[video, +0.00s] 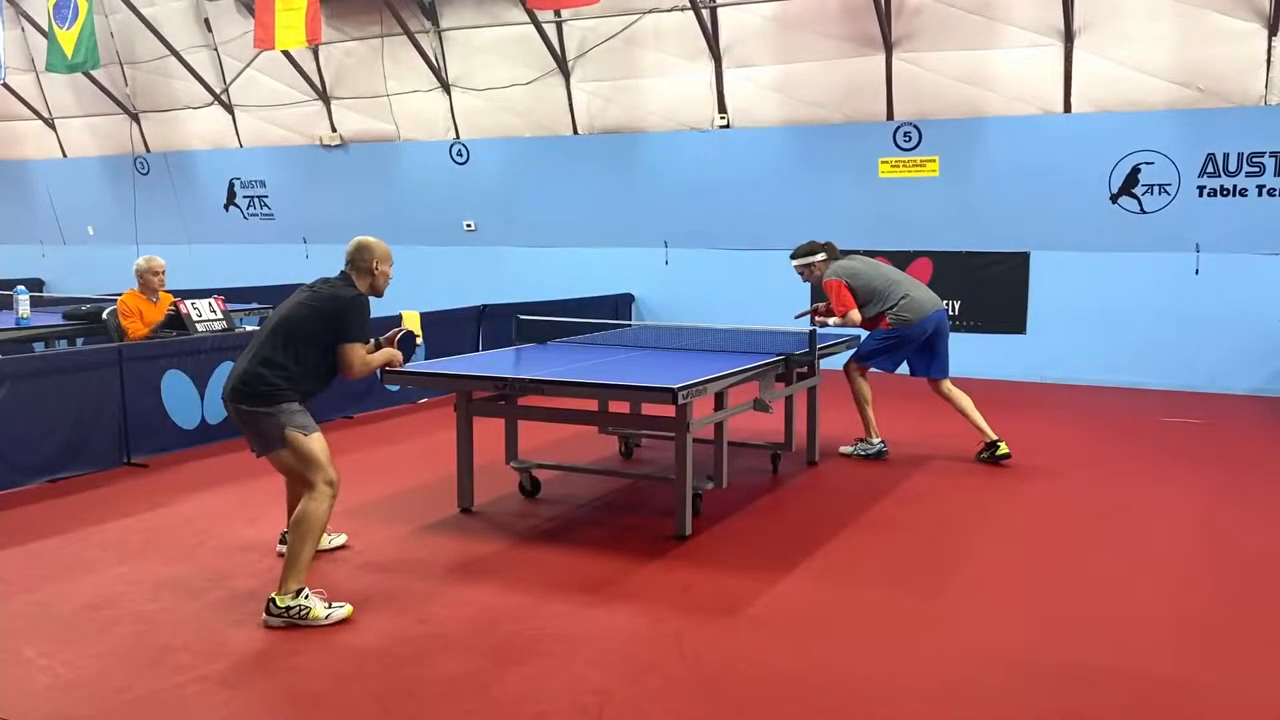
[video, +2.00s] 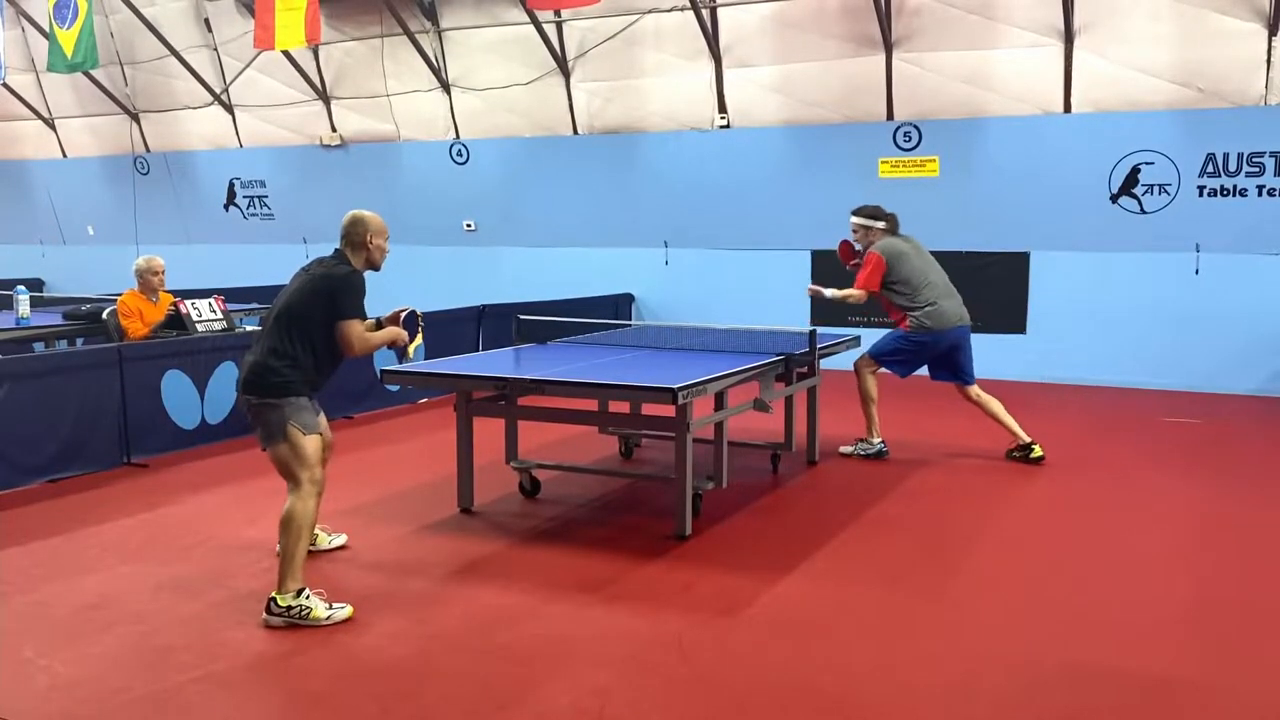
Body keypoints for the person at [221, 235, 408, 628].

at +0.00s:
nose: (391, 274)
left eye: (390, 267)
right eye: (388, 267)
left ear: (354, 266)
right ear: (373, 268)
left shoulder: (323, 289)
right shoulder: (351, 302)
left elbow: (333, 354)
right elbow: (353, 367)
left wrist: (374, 347)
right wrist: (386, 356)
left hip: (245, 390)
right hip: (269, 395)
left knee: (299, 470)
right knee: (324, 482)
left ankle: (298, 534)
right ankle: (288, 597)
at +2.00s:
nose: (387, 248)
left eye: (386, 240)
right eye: (384, 240)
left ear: (352, 241)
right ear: (367, 243)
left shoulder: (326, 269)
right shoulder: (345, 278)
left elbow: (342, 332)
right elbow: (355, 344)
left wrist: (379, 325)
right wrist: (391, 335)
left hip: (282, 380)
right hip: (275, 385)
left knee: (321, 442)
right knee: (307, 481)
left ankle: (305, 531)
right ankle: (287, 596)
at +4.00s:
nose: (421, 226)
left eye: (421, 219)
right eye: (419, 218)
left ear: (381, 217)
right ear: (403, 218)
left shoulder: (336, 247)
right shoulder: (405, 263)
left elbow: (288, 277)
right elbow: (430, 323)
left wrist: (303, 304)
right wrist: (481, 335)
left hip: (309, 370)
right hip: (360, 375)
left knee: (295, 453)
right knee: (422, 450)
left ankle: (276, 543)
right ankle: (459, 545)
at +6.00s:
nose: (67, 236)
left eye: (67, 224)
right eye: (63, 224)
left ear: (27, 225)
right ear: (36, 224)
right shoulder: (10, 289)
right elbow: (1, 385)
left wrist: (79, 428)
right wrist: (76, 426)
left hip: (0, 480)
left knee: (36, 581)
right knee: (42, 582)